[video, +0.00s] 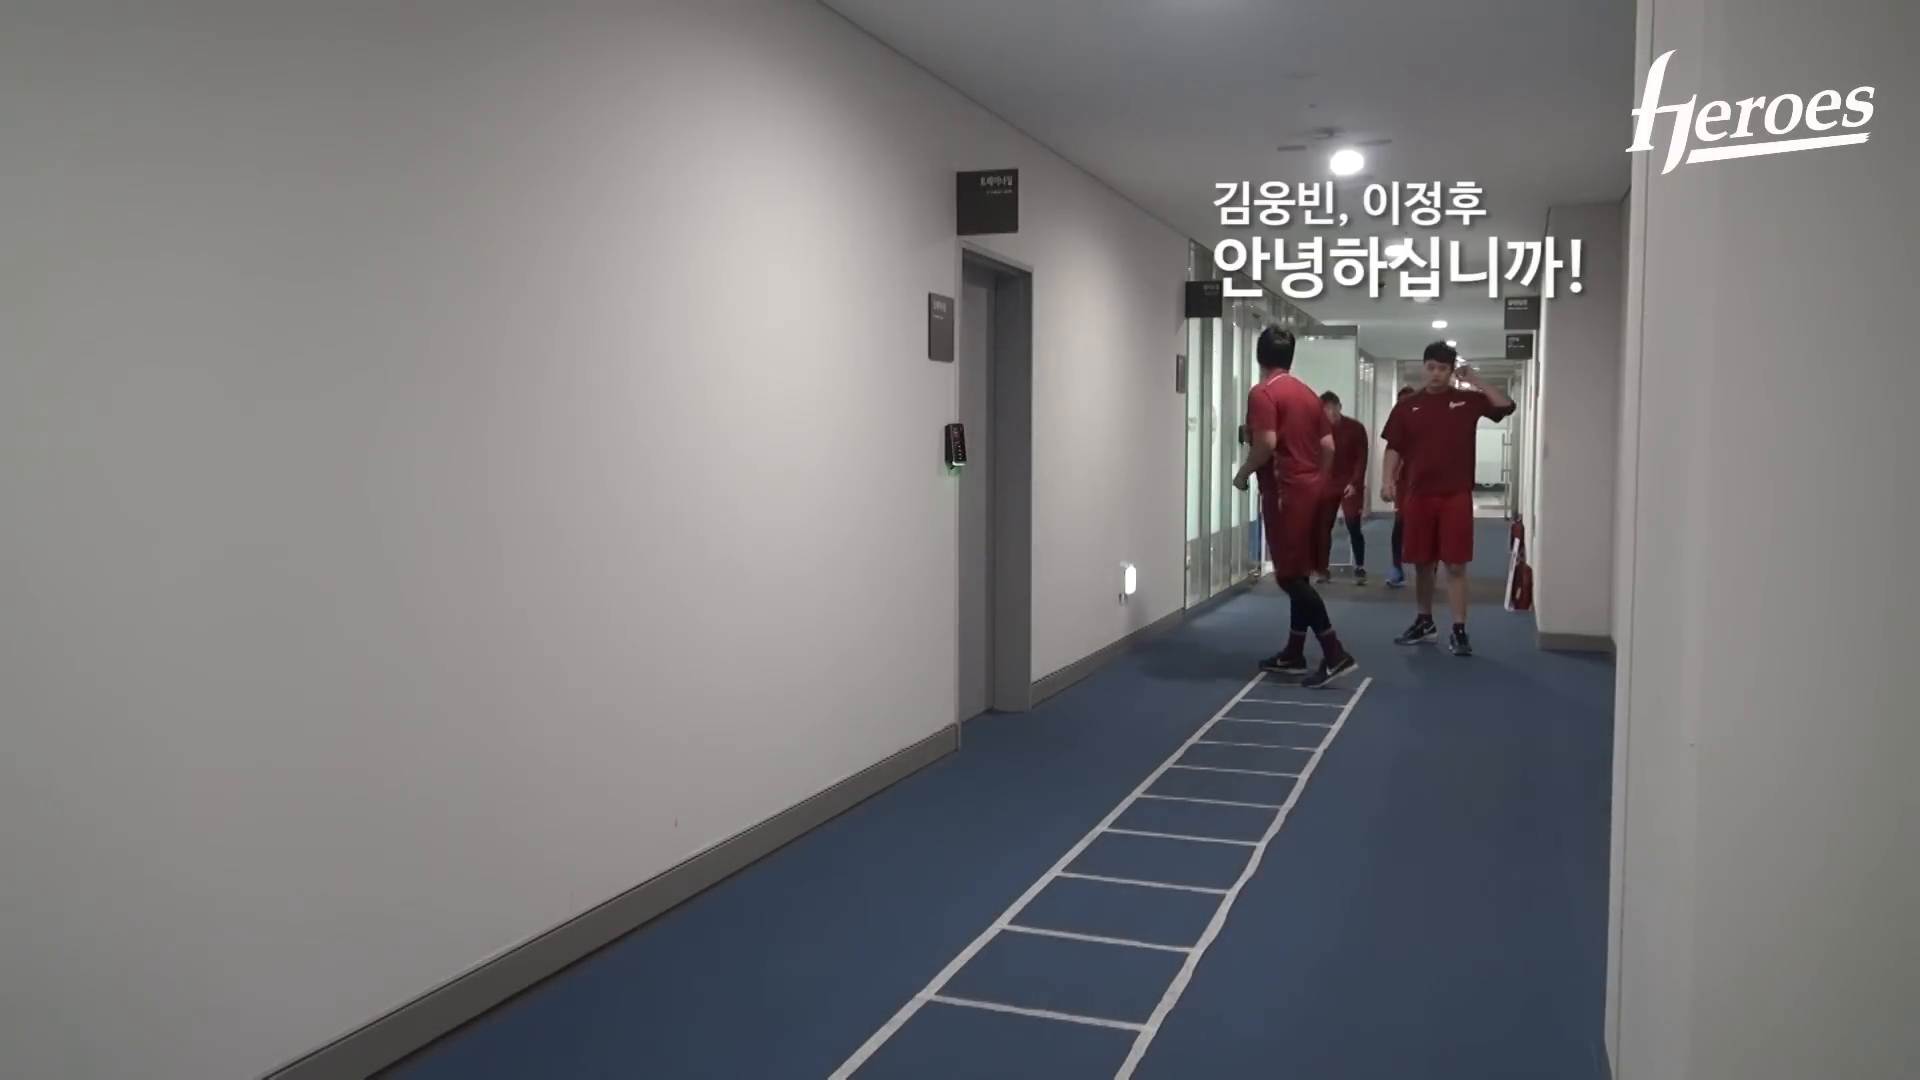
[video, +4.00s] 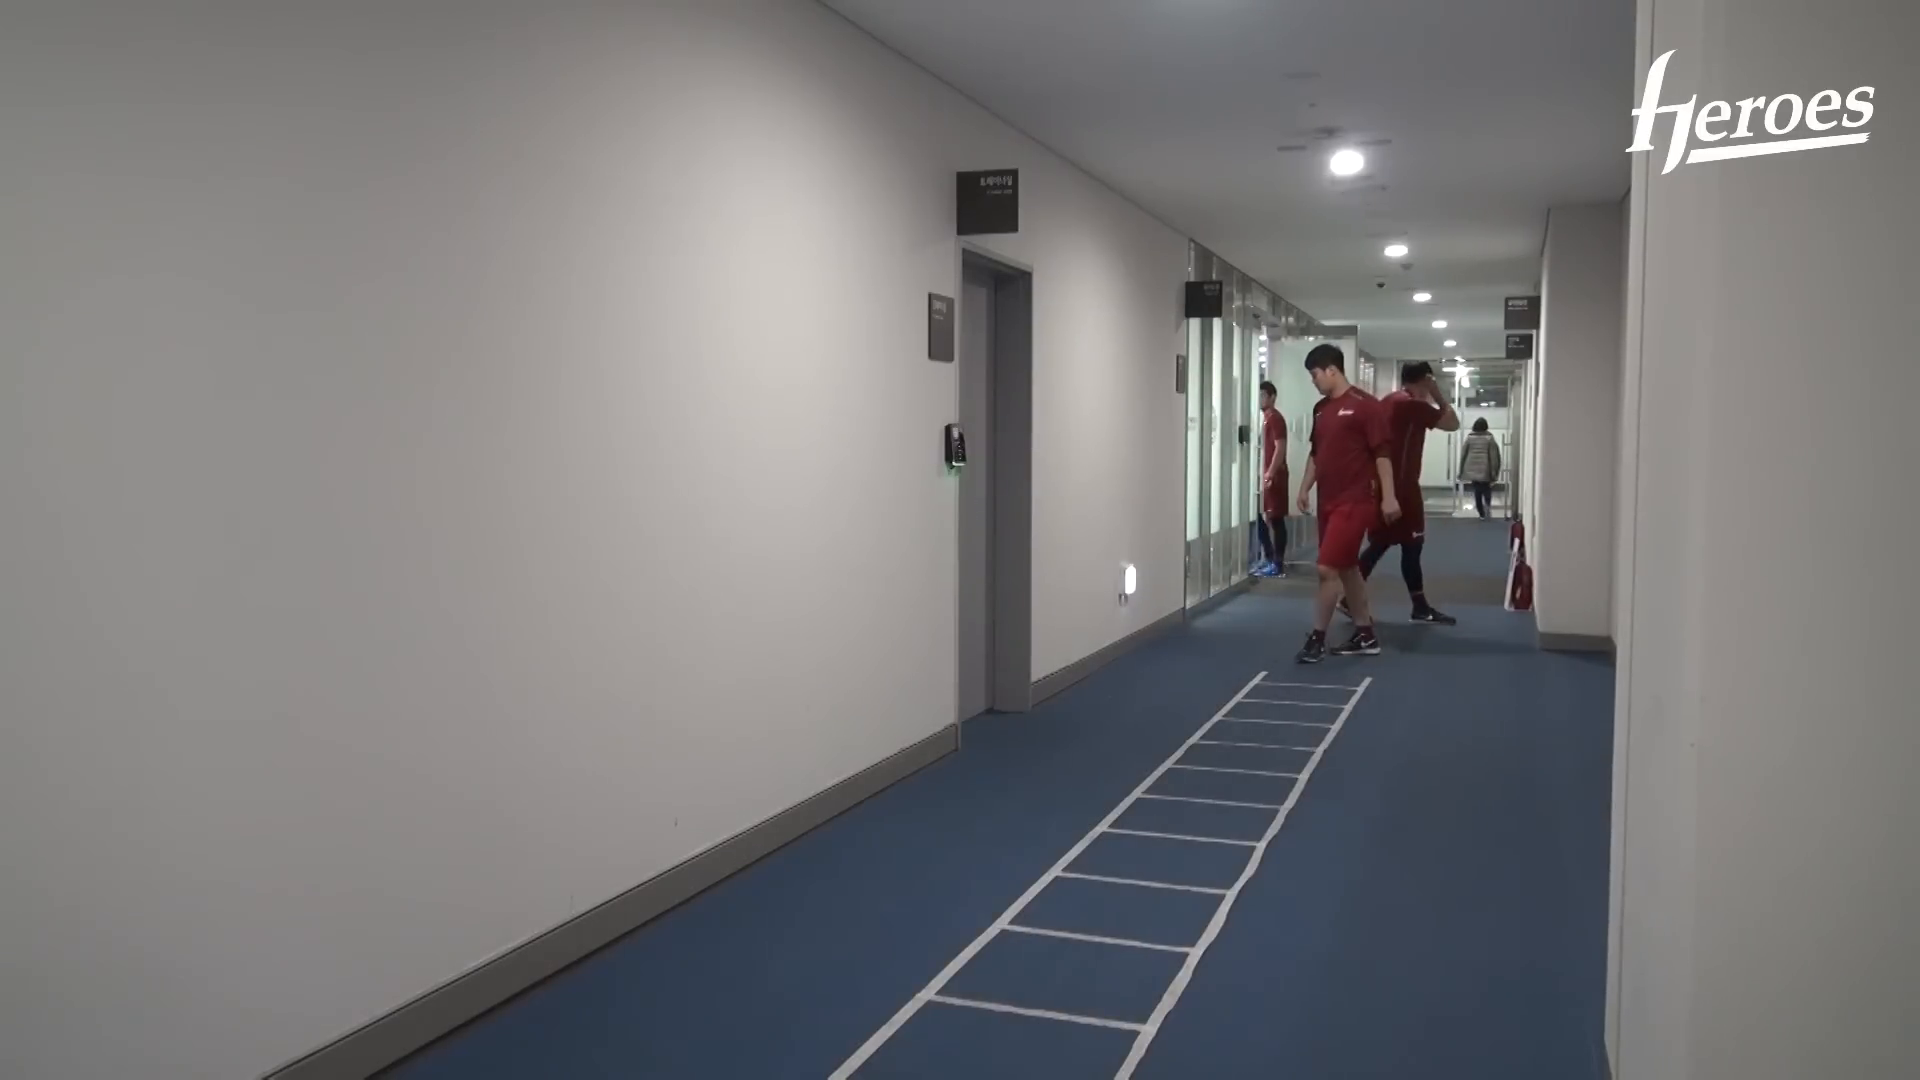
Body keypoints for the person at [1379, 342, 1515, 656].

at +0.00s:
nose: (1436, 374)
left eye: (1442, 369)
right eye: (1431, 367)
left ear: (1452, 372)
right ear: (1423, 368)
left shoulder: (1468, 401)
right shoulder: (1407, 406)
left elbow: (1505, 407)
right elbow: (1393, 447)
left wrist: (1476, 380)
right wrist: (1387, 480)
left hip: (1456, 495)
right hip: (1419, 495)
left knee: (1456, 564)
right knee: (1423, 564)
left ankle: (1459, 629)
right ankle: (1424, 620)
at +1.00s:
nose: (1415, 372)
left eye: (1422, 367)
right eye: (1410, 367)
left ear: (1435, 369)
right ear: (1405, 370)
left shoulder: (1455, 405)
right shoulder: (1393, 407)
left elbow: (1467, 451)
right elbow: (1380, 453)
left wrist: (1470, 489)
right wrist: (1366, 488)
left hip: (1437, 502)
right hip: (1396, 501)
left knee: (1445, 572)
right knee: (1389, 570)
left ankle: (1457, 631)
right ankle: (1382, 634)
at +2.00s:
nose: (1381, 375)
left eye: (1387, 369)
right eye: (1376, 369)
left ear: (1400, 369)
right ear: (1370, 370)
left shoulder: (1421, 403)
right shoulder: (1362, 407)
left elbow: (1441, 449)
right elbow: (1351, 452)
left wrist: (1446, 491)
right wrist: (1336, 489)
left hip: (1404, 501)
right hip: (1368, 500)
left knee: (1400, 571)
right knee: (1377, 571)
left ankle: (1403, 642)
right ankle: (1380, 634)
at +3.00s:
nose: (1370, 375)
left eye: (1375, 368)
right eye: (1368, 369)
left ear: (1394, 367)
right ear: (1372, 371)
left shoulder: (1419, 403)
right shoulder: (1372, 405)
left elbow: (1428, 456)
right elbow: (1370, 454)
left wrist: (1418, 500)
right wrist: (1361, 497)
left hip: (1400, 500)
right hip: (1370, 498)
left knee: (1400, 572)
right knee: (1360, 569)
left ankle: (1404, 643)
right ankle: (1363, 630)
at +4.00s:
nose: (1312, 381)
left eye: (1315, 374)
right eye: (1311, 375)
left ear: (1331, 370)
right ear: (1327, 372)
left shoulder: (1367, 406)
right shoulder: (1321, 409)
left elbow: (1382, 453)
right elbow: (1316, 453)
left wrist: (1389, 496)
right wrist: (1304, 488)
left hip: (1355, 501)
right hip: (1327, 502)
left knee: (1328, 568)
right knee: (1347, 569)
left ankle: (1318, 636)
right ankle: (1365, 634)